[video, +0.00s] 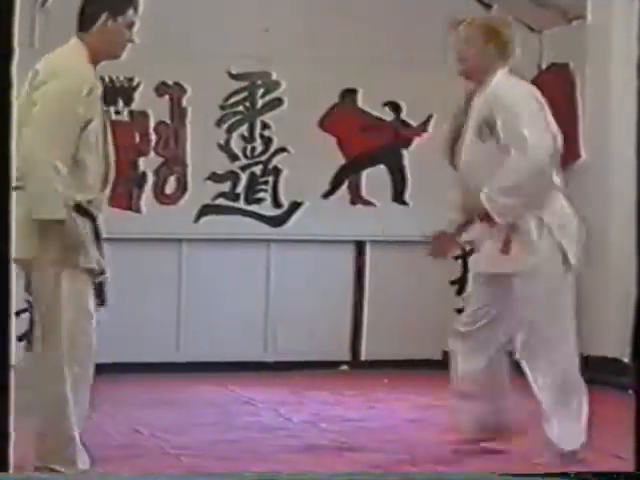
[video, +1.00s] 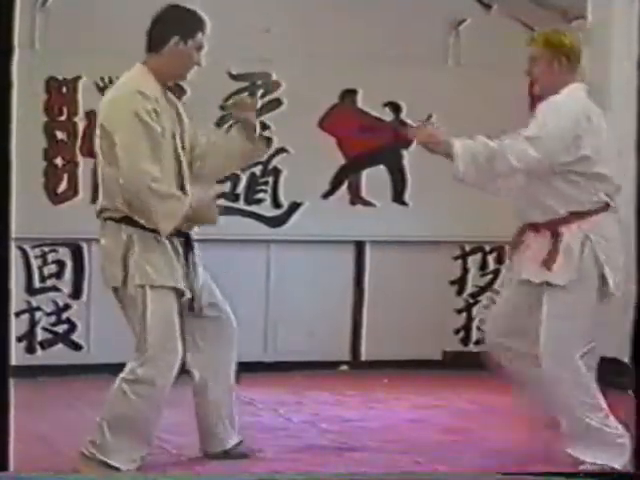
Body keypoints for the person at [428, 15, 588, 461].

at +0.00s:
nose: (458, 58)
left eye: (466, 49)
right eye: (456, 49)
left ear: (492, 49)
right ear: (464, 54)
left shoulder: (515, 94)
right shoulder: (475, 102)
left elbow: (538, 155)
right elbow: (476, 181)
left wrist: (492, 206)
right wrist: (457, 230)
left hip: (537, 237)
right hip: (495, 238)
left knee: (546, 339)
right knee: (475, 333)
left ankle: (567, 438)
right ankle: (488, 422)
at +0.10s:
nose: (482, 58)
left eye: (492, 49)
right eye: (483, 49)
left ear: (516, 55)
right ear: (494, 55)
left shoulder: (530, 100)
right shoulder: (492, 105)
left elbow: (539, 175)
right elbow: (491, 189)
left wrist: (492, 212)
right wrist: (470, 241)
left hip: (551, 234)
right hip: (521, 237)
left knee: (549, 342)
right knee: (513, 344)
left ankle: (565, 445)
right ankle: (554, 434)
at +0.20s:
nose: (515, 51)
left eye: (525, 45)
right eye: (516, 43)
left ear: (548, 53)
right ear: (524, 51)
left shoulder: (552, 97)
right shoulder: (524, 96)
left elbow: (508, 154)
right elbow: (502, 163)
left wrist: (464, 188)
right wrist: (466, 201)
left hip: (575, 230)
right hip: (553, 231)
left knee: (556, 341)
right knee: (557, 338)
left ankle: (565, 448)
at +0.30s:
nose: (530, 55)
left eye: (538, 47)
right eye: (531, 46)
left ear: (563, 50)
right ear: (565, 51)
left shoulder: (563, 93)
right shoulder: (570, 90)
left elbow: (501, 128)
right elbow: (509, 144)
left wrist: (448, 129)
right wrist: (453, 148)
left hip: (582, 228)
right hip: (594, 222)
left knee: (562, 339)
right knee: (617, 335)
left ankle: (569, 446)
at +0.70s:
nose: (569, 73)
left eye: (574, 64)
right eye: (568, 64)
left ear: (599, 63)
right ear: (602, 65)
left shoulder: (602, 109)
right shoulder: (615, 105)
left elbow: (563, 159)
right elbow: (570, 157)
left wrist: (507, 141)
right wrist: (522, 141)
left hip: (614, 234)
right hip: (619, 231)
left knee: (574, 329)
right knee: (604, 336)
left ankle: (603, 445)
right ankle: (610, 442)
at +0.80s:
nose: (559, 76)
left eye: (565, 67)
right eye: (558, 67)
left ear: (589, 66)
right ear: (593, 69)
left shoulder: (591, 115)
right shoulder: (611, 110)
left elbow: (562, 173)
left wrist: (495, 162)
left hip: (612, 241)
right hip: (623, 237)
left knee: (570, 338)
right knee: (611, 342)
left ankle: (608, 453)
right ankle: (616, 451)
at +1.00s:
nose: (529, 73)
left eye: (536, 63)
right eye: (530, 64)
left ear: (560, 66)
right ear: (556, 68)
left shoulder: (571, 107)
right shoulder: (556, 110)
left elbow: (521, 157)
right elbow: (511, 166)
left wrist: (450, 148)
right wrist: (448, 149)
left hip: (582, 241)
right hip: (544, 241)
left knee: (561, 355)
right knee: (504, 335)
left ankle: (607, 453)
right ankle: (573, 419)